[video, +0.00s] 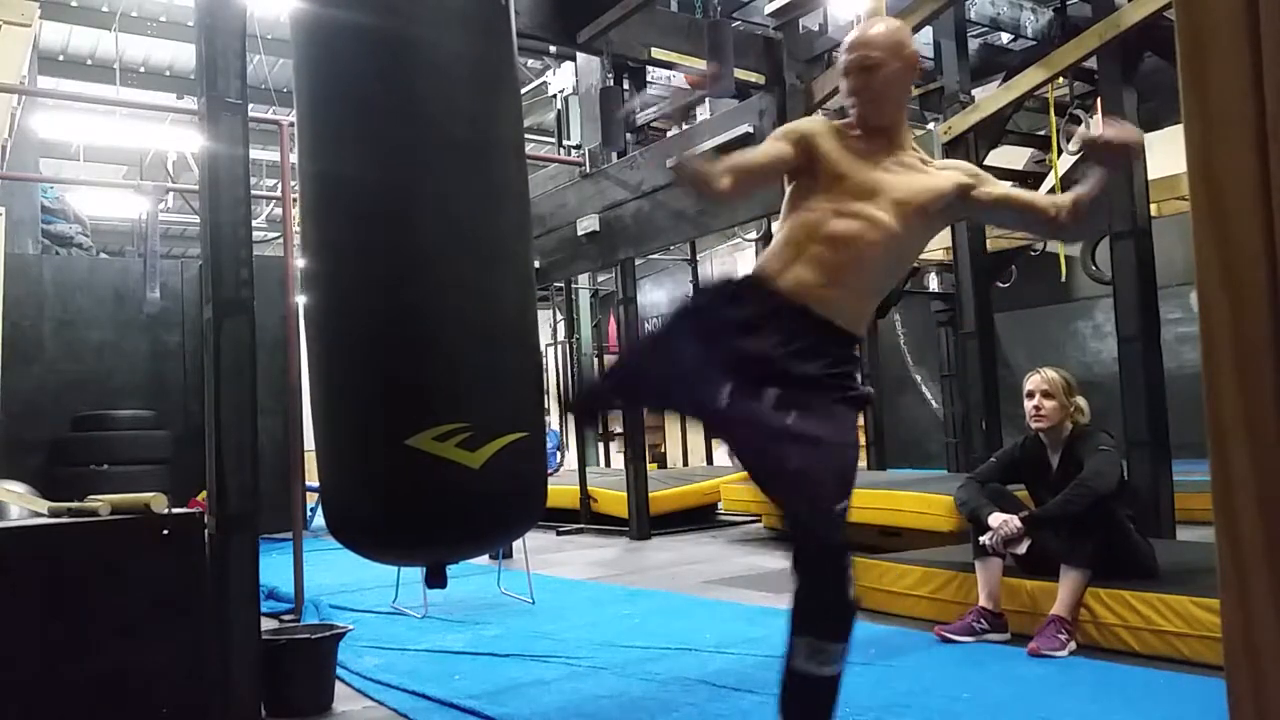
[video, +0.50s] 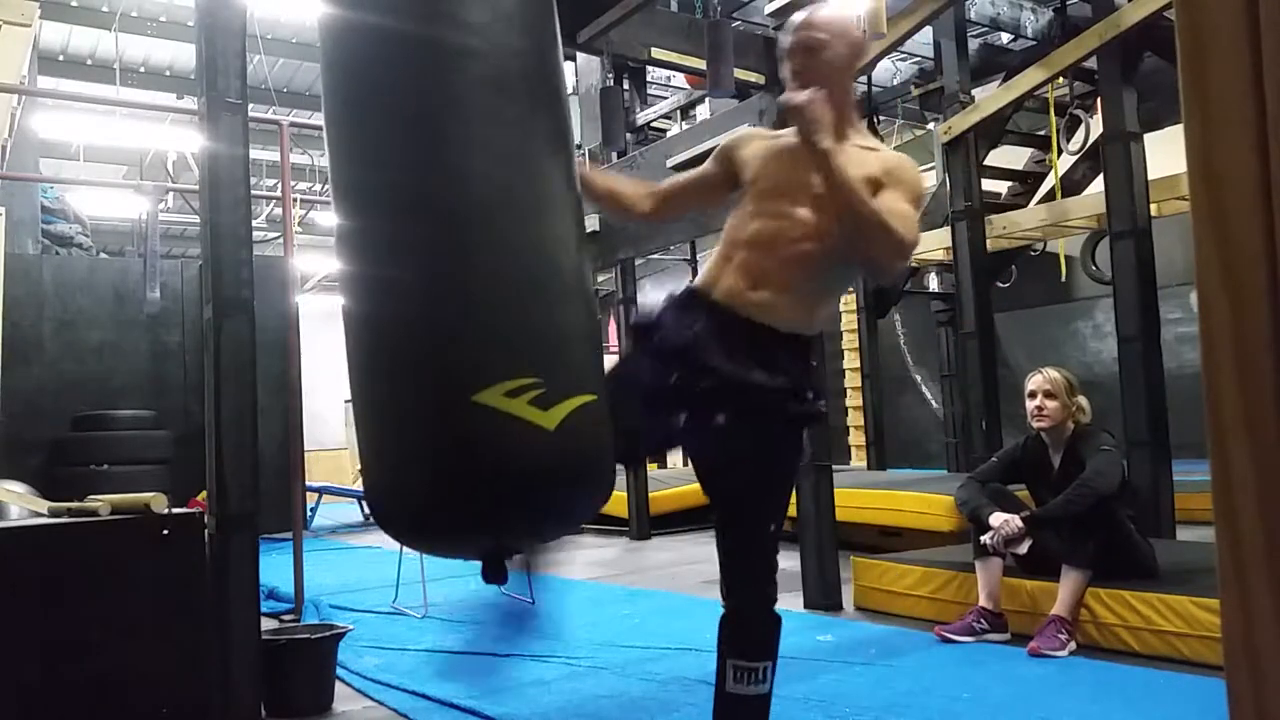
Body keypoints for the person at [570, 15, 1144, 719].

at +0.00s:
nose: (848, 78)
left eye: (865, 63)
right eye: (844, 65)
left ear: (912, 74)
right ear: (839, 74)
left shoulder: (951, 179)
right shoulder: (811, 137)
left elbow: (1067, 214)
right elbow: (721, 181)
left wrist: (1107, 167)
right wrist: (679, 146)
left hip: (821, 365)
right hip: (739, 320)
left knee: (823, 545)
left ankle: (804, 713)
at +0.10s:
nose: (891, 97)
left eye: (908, 84)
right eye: (883, 82)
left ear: (939, 93)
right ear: (870, 84)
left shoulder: (942, 194)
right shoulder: (824, 140)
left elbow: (1019, 222)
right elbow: (714, 199)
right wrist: (613, 233)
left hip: (796, 356)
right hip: (736, 276)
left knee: (811, 539)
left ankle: (789, 713)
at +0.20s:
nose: (883, 94)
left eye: (900, 82)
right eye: (882, 79)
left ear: (933, 103)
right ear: (871, 85)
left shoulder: (944, 222)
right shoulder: (820, 137)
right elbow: (729, 201)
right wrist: (644, 218)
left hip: (764, 354)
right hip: (701, 263)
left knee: (767, 541)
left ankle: (762, 714)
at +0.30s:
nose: (859, 89)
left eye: (878, 77)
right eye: (855, 72)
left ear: (924, 82)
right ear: (843, 73)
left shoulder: (928, 199)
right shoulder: (801, 131)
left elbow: (860, 247)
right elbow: (721, 182)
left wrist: (839, 121)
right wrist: (644, 165)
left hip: (763, 364)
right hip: (688, 286)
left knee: (754, 572)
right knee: (549, 284)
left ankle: (748, 714)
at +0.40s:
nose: (827, 70)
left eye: (846, 59)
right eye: (824, 57)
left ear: (891, 68)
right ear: (816, 63)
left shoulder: (917, 181)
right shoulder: (779, 136)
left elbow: (876, 249)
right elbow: (674, 180)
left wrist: (834, 131)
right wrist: (589, 138)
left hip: (772, 365)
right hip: (687, 308)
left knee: (751, 572)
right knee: (544, 368)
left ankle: (741, 715)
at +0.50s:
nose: (798, 50)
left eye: (818, 40)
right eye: (792, 38)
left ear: (862, 55)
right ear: (780, 53)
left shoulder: (893, 170)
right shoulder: (750, 149)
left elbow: (891, 257)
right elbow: (651, 202)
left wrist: (824, 147)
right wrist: (569, 167)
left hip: (771, 368)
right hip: (686, 331)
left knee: (747, 574)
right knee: (567, 464)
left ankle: (740, 716)